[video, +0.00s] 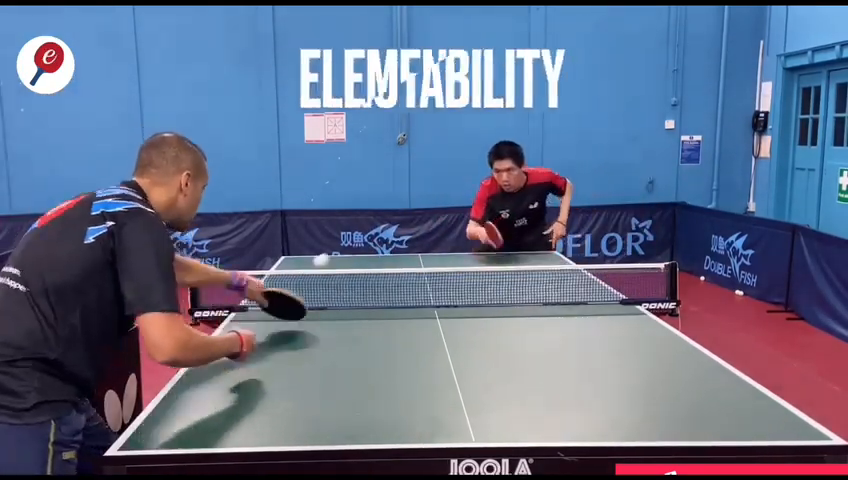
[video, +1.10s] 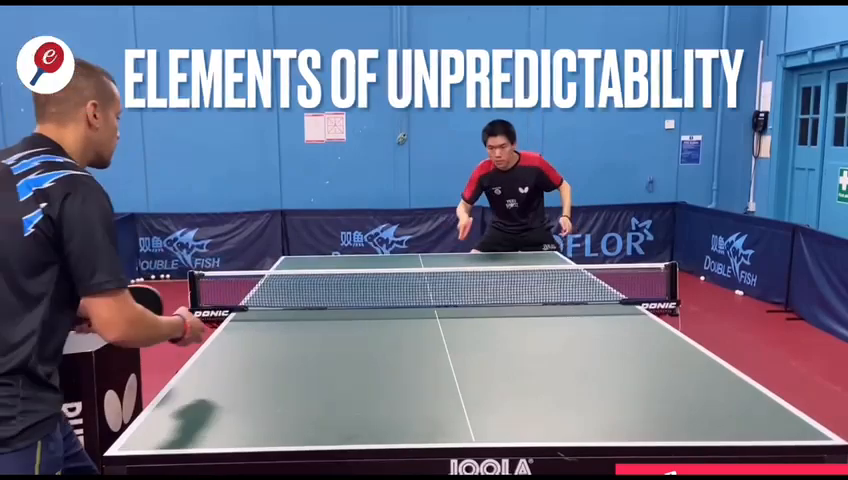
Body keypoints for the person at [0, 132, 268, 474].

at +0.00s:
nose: (198, 207)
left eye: (201, 194)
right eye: (201, 192)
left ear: (142, 174)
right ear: (185, 184)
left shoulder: (96, 204)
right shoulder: (141, 225)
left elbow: (166, 266)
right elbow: (167, 345)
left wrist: (238, 281)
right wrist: (234, 343)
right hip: (30, 396)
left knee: (125, 463)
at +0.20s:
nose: (177, 163)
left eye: (178, 152)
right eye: (176, 151)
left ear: (114, 140)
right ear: (156, 147)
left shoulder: (74, 180)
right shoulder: (111, 202)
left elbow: (132, 259)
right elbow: (126, 330)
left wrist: (217, 260)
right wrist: (191, 334)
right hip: (28, 406)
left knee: (120, 471)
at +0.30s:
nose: (152, 146)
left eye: (153, 134)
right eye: (151, 133)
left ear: (82, 128)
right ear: (129, 131)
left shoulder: (41, 177)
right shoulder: (90, 197)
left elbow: (76, 273)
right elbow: (100, 332)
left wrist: (165, 276)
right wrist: (160, 338)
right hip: (28, 415)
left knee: (120, 469)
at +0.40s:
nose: (126, 134)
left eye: (126, 121)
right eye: (124, 120)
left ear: (51, 120)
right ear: (100, 119)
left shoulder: (12, 173)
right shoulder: (64, 196)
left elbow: (21, 310)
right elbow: (73, 339)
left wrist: (101, 315)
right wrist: (130, 341)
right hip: (26, 434)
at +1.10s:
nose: (119, 132)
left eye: (120, 119)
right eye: (117, 117)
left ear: (45, 114)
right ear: (91, 114)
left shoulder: (8, 164)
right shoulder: (75, 187)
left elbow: (14, 296)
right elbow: (117, 323)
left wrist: (75, 312)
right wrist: (178, 327)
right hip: (20, 420)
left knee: (82, 469)